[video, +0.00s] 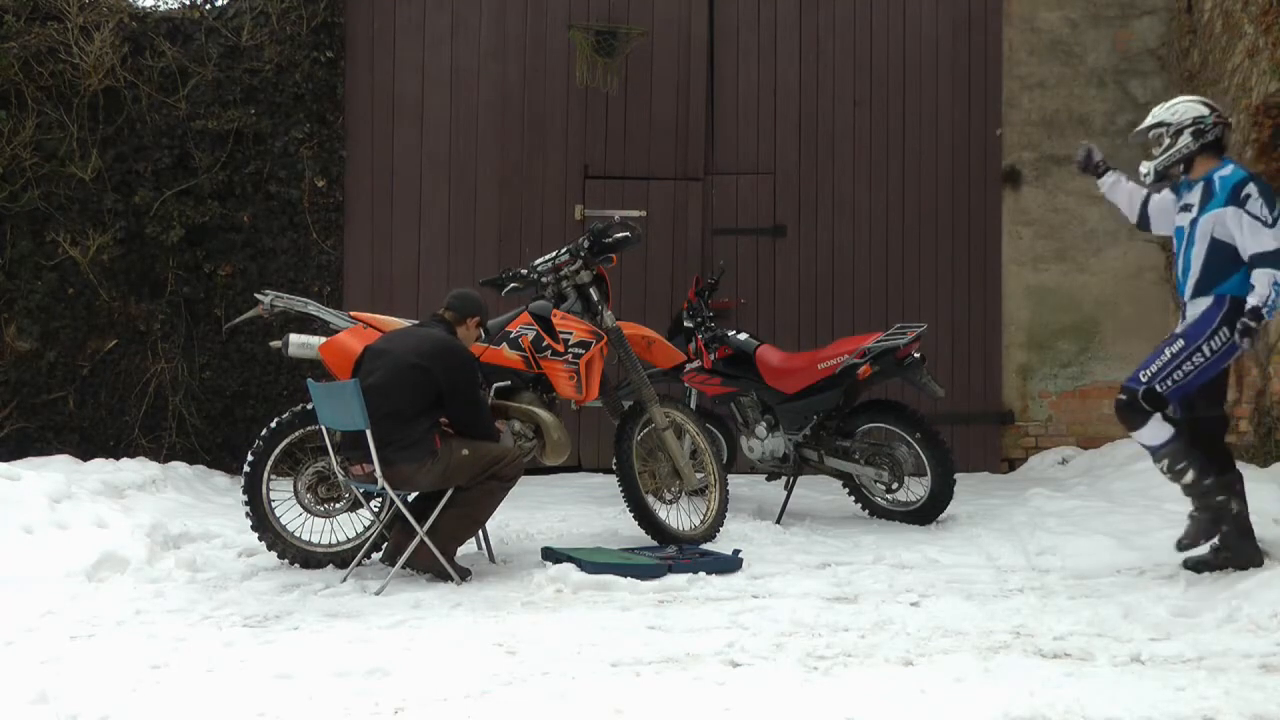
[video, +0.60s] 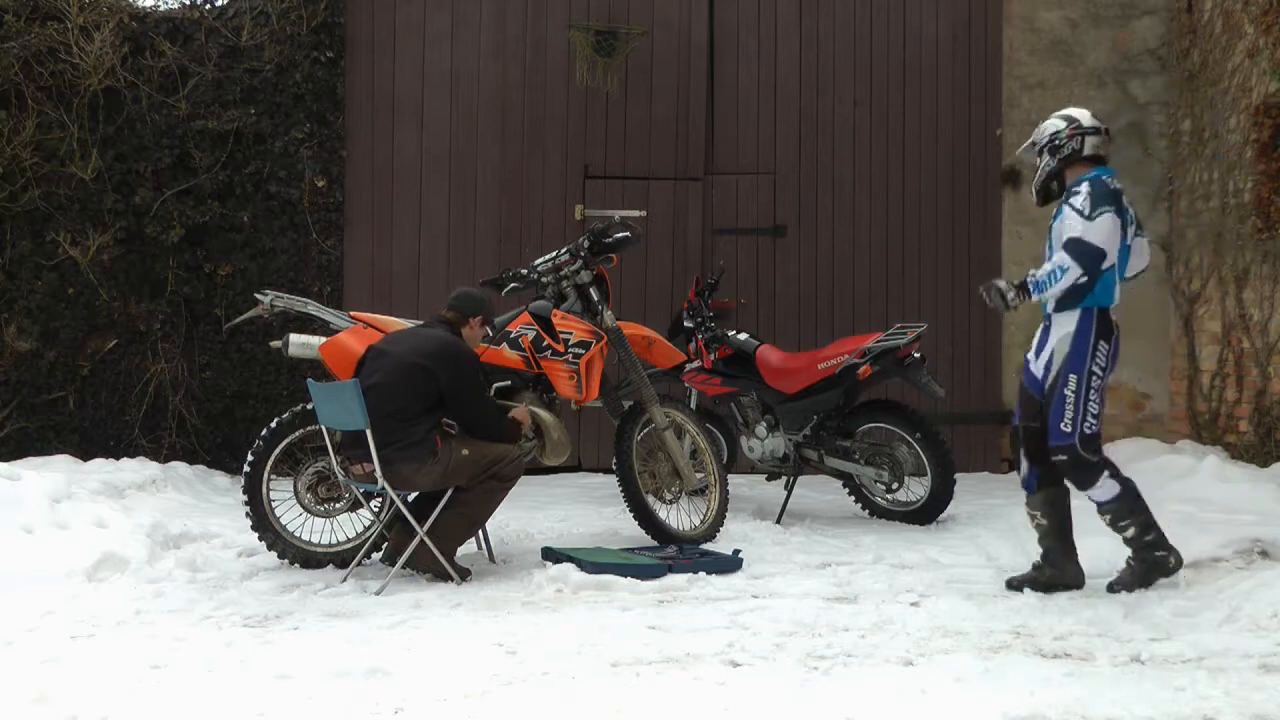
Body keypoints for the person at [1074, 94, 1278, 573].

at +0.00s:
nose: (1155, 150)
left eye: (1162, 139)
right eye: (1154, 141)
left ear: (1191, 137)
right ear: (1190, 141)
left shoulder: (1238, 186)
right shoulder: (1180, 196)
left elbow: (1270, 254)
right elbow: (1142, 206)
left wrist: (1255, 313)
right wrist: (1102, 173)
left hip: (1224, 316)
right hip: (1199, 318)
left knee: (1134, 402)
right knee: (1202, 430)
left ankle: (1206, 497)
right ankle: (1237, 538)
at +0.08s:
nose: (1140, 143)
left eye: (1148, 132)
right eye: (1140, 133)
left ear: (1177, 129)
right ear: (1177, 131)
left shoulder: (1225, 179)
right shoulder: (1163, 188)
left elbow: (1266, 244)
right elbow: (1121, 214)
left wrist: (1240, 278)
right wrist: (1068, 207)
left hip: (1207, 311)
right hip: (1181, 314)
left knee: (1135, 406)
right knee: (1198, 425)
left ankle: (1170, 534)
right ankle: (1236, 540)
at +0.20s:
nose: (1122, 150)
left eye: (1130, 140)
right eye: (1123, 141)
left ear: (1160, 142)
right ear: (1156, 145)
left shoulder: (1189, 197)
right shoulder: (1139, 202)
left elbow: (1235, 242)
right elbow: (1113, 264)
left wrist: (1213, 198)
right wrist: (1076, 296)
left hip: (1180, 323)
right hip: (1148, 322)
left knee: (1133, 433)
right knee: (1138, 432)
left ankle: (1161, 558)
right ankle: (1214, 514)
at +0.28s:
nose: (1104, 164)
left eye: (1112, 155)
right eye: (1105, 155)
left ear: (1140, 156)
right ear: (1134, 161)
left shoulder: (1177, 203)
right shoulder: (1130, 214)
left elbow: (1194, 230)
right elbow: (1121, 290)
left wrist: (1169, 179)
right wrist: (1108, 343)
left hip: (1169, 332)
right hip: (1129, 333)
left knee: (1121, 443)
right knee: (1084, 435)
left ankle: (1162, 562)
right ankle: (1173, 484)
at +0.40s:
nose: (1081, 165)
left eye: (1085, 155)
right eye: (1079, 158)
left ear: (1111, 150)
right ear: (1113, 151)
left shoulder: (1146, 189)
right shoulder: (1116, 195)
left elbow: (1143, 219)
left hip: (1146, 327)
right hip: (1109, 323)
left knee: (1115, 445)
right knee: (1044, 403)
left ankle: (1162, 559)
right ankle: (1101, 493)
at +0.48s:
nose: (1061, 157)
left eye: (1066, 146)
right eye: (1060, 148)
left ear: (1090, 141)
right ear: (1099, 143)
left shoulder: (1123, 182)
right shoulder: (1124, 188)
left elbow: (1112, 215)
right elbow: (1166, 255)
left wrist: (1041, 199)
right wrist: (1137, 299)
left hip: (1122, 323)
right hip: (1086, 319)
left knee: (1110, 437)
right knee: (1036, 410)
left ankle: (1160, 557)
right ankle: (1065, 526)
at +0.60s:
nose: (1040, 164)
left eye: (1044, 154)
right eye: (1040, 155)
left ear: (1065, 148)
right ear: (1080, 149)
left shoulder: (1094, 190)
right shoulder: (1097, 194)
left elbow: (1083, 256)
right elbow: (1138, 257)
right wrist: (1084, 273)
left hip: (1085, 330)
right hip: (1056, 329)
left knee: (1072, 447)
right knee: (1032, 440)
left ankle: (1151, 550)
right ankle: (1058, 561)